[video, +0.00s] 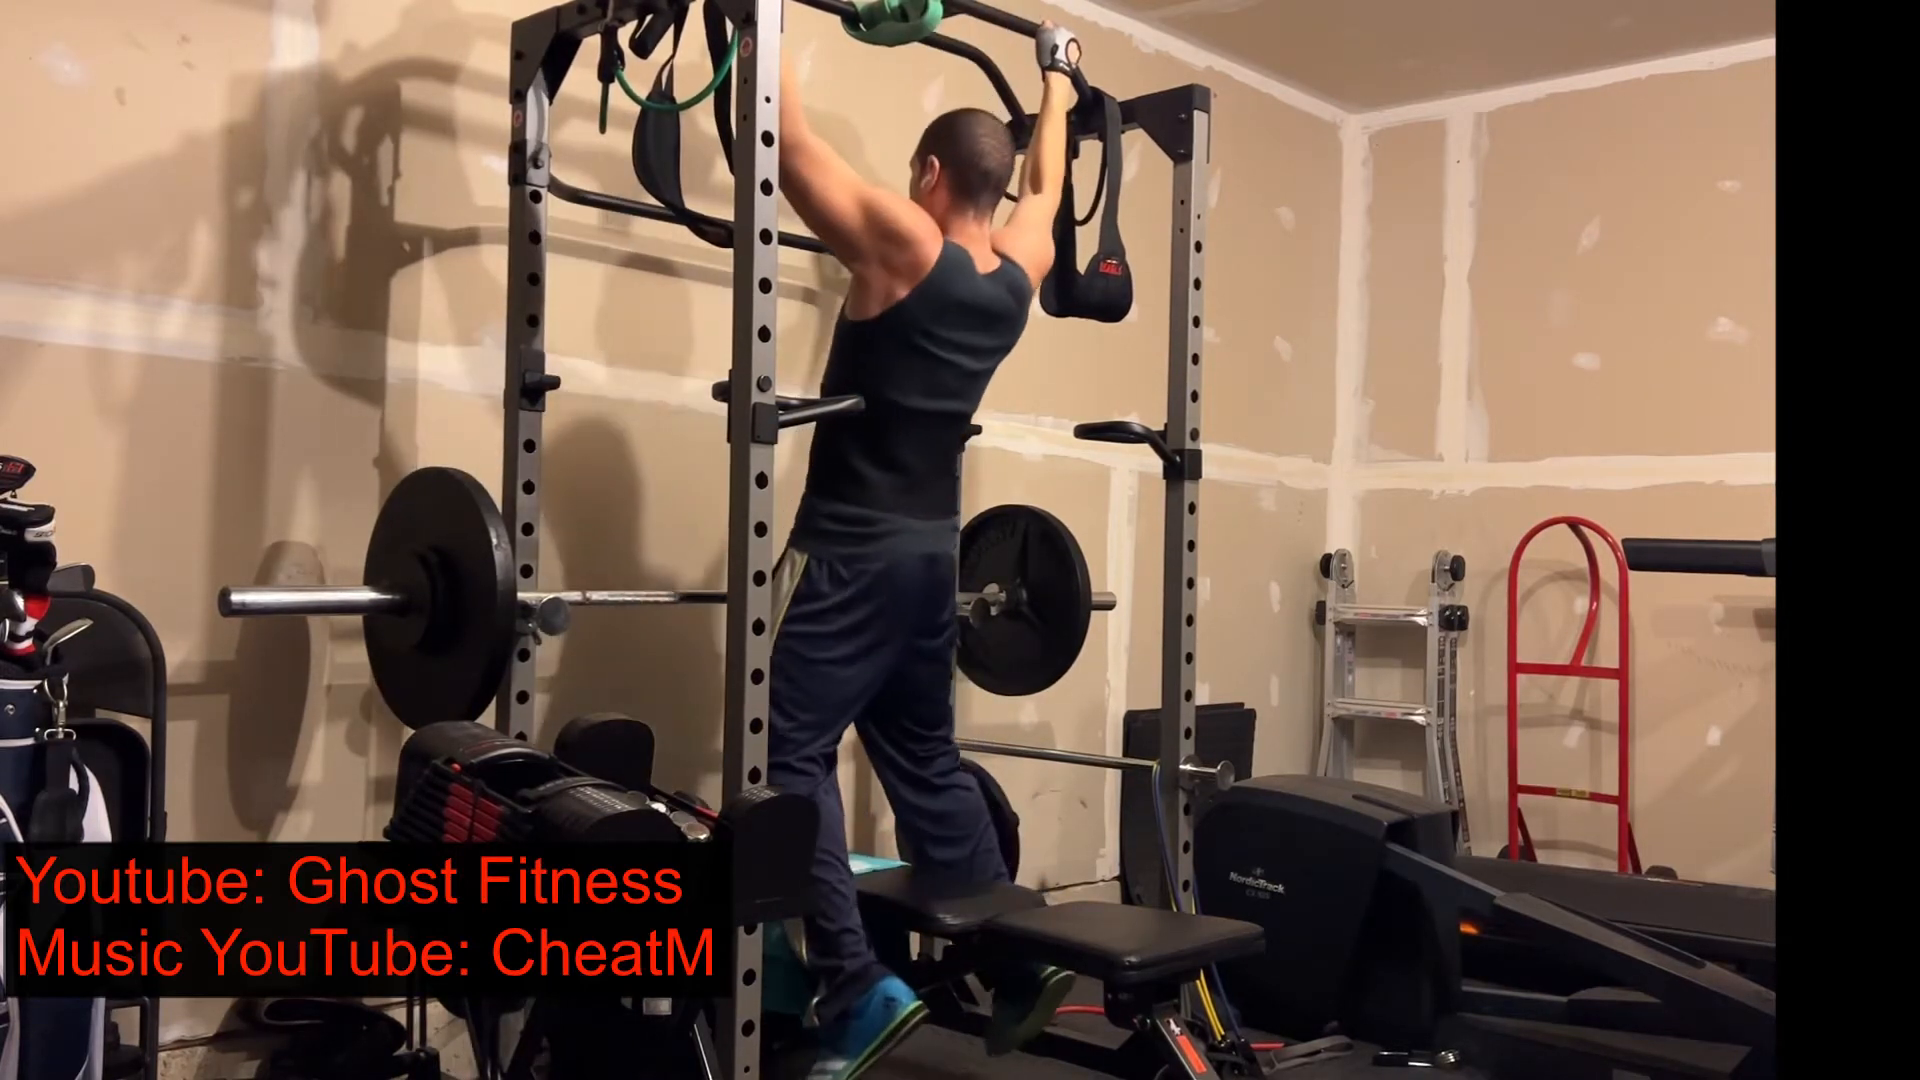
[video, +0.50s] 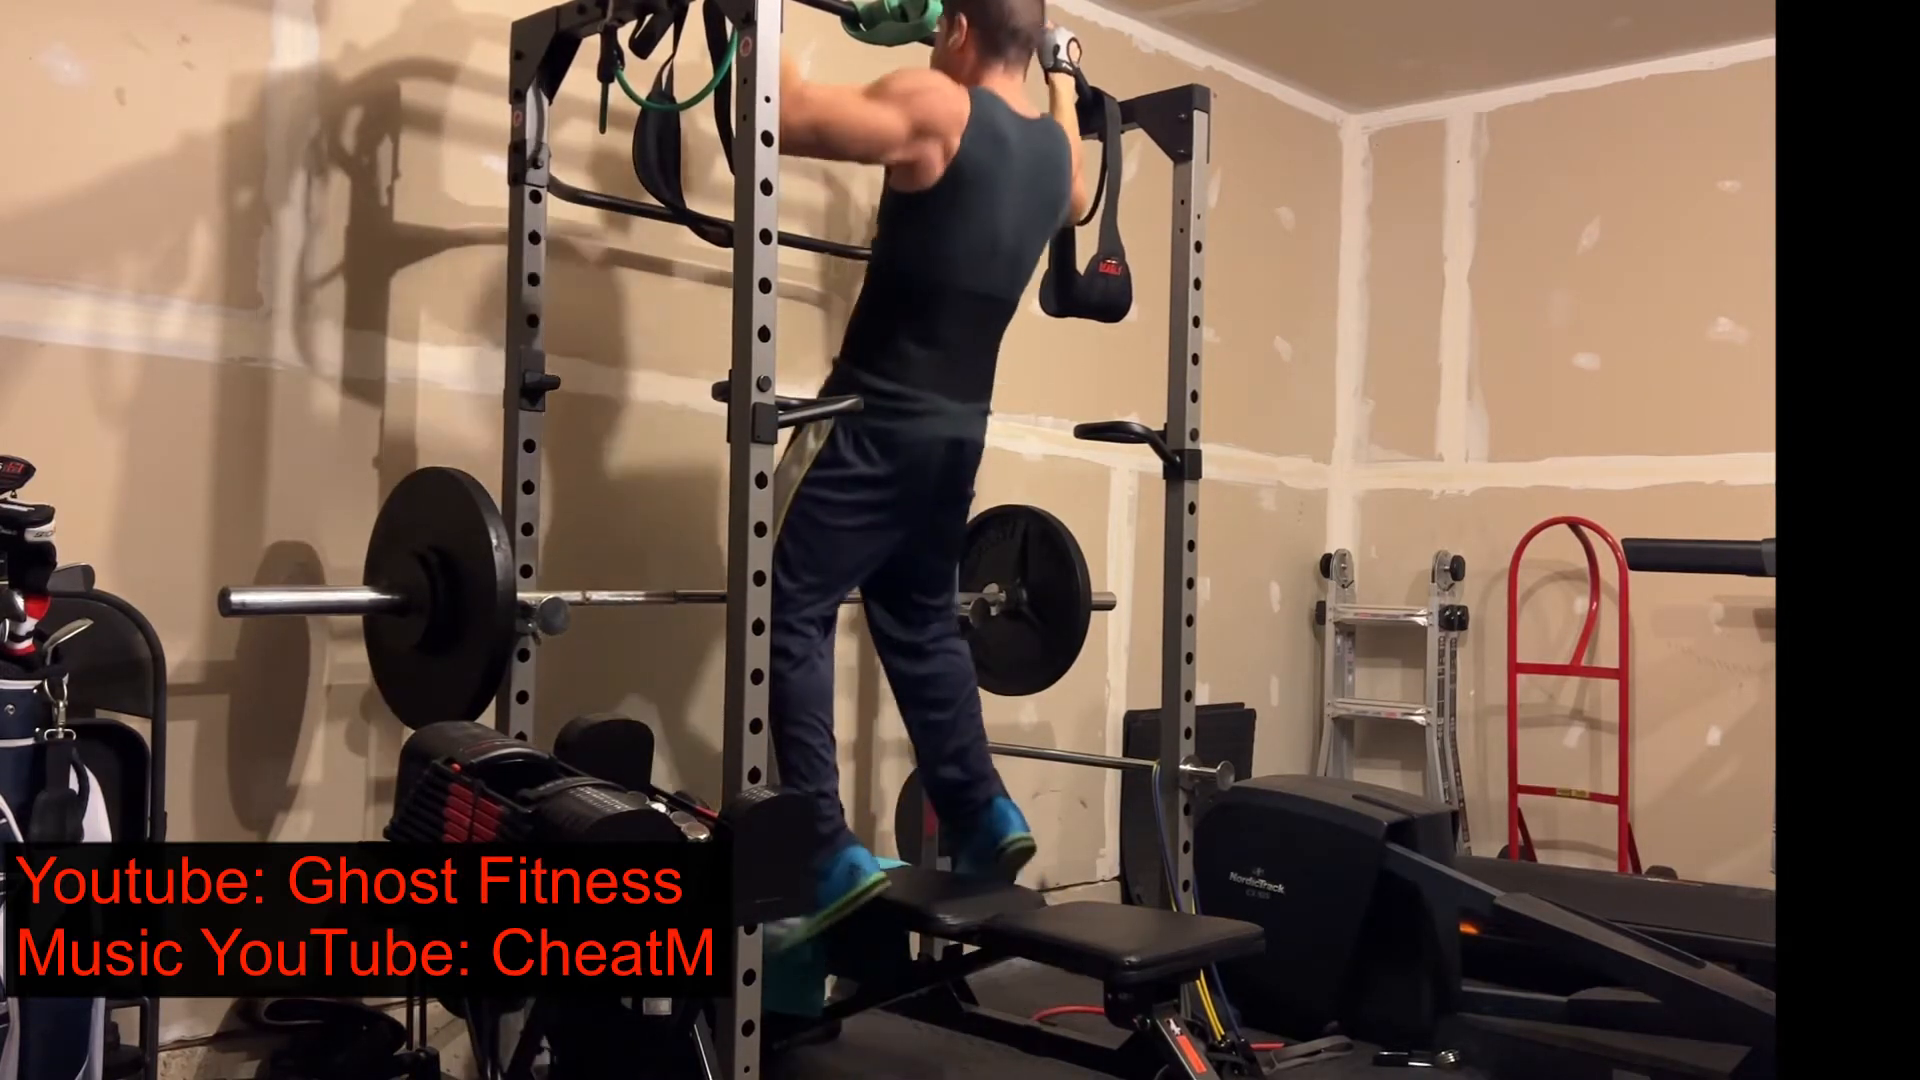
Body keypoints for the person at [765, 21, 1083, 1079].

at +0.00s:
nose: (908, 171)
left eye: (916, 159)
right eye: (920, 161)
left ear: (932, 169)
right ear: (1003, 190)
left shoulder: (900, 238)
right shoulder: (1016, 275)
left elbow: (791, 140)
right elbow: (1044, 188)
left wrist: (769, 25)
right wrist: (1058, 102)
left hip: (855, 544)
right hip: (931, 547)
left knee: (796, 753)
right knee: (924, 757)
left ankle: (849, 976)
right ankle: (1005, 960)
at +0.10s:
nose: (915, 161)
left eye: (923, 150)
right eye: (925, 151)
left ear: (942, 163)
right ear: (1007, 182)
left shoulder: (904, 232)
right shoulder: (1022, 268)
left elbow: (791, 139)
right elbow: (1046, 187)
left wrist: (766, 23)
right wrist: (1058, 101)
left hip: (859, 539)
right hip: (933, 542)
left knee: (795, 747)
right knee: (924, 755)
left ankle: (850, 973)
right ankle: (1002, 957)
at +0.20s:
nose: (921, 150)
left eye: (928, 138)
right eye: (928, 138)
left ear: (949, 144)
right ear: (1011, 161)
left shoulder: (915, 211)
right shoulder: (1030, 253)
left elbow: (792, 143)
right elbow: (1049, 183)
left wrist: (766, 23)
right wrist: (1058, 101)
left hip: (869, 527)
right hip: (939, 530)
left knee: (799, 730)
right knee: (922, 737)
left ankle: (850, 959)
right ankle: (997, 936)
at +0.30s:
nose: (932, 112)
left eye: (938, 98)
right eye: (941, 100)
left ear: (954, 108)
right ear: (1027, 122)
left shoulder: (925, 175)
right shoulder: (1042, 212)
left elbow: (790, 136)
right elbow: (1056, 188)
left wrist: (760, 28)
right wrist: (1056, 109)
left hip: (870, 498)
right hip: (944, 502)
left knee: (797, 693)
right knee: (920, 696)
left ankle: (847, 921)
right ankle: (987, 878)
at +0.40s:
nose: (938, 70)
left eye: (944, 53)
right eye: (945, 54)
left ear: (962, 67)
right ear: (1033, 80)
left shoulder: (931, 137)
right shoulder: (1050, 177)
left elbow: (789, 126)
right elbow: (1064, 189)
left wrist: (756, 24)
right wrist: (1047, 101)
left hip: (877, 458)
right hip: (951, 465)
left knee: (794, 647)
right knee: (919, 655)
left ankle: (834, 885)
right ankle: (989, 847)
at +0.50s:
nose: (937, 40)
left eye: (944, 26)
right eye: (944, 29)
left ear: (962, 31)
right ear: (1038, 47)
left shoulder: (930, 104)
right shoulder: (1056, 147)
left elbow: (785, 114)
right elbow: (1074, 204)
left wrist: (761, 18)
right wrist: (1054, 98)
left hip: (883, 423)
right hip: (955, 431)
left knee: (792, 607)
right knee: (918, 616)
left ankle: (819, 842)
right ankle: (980, 816)